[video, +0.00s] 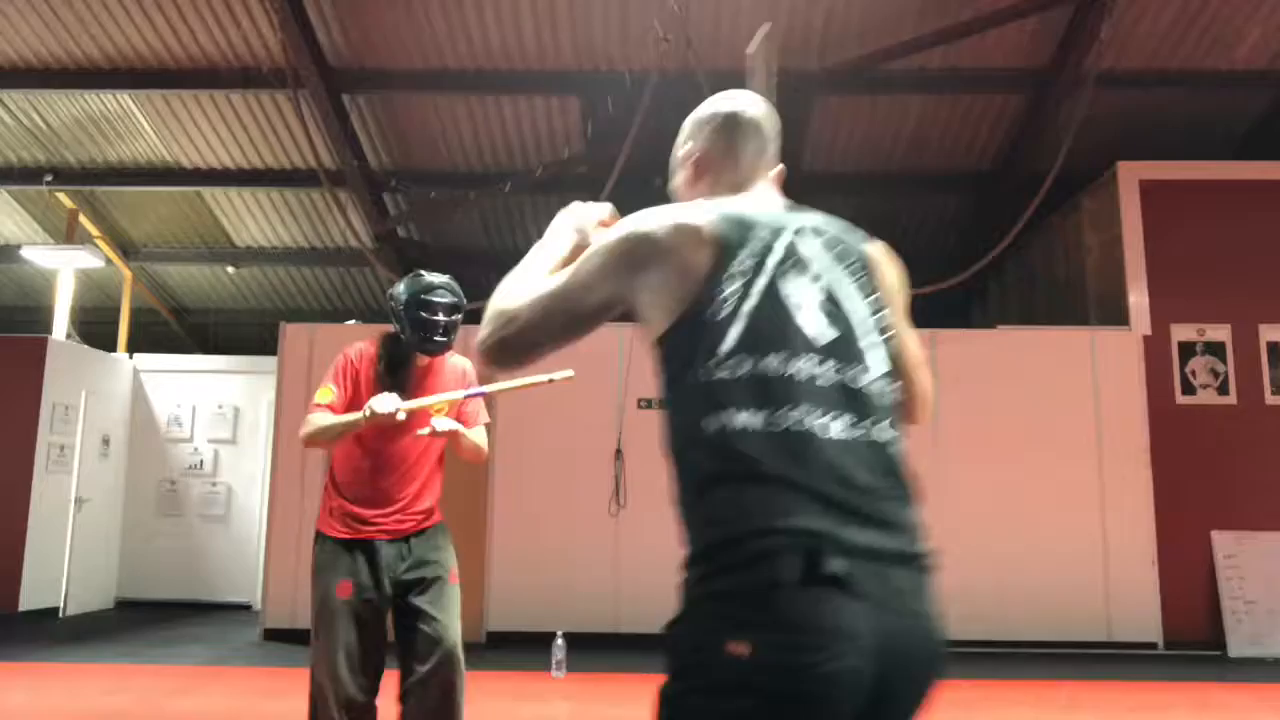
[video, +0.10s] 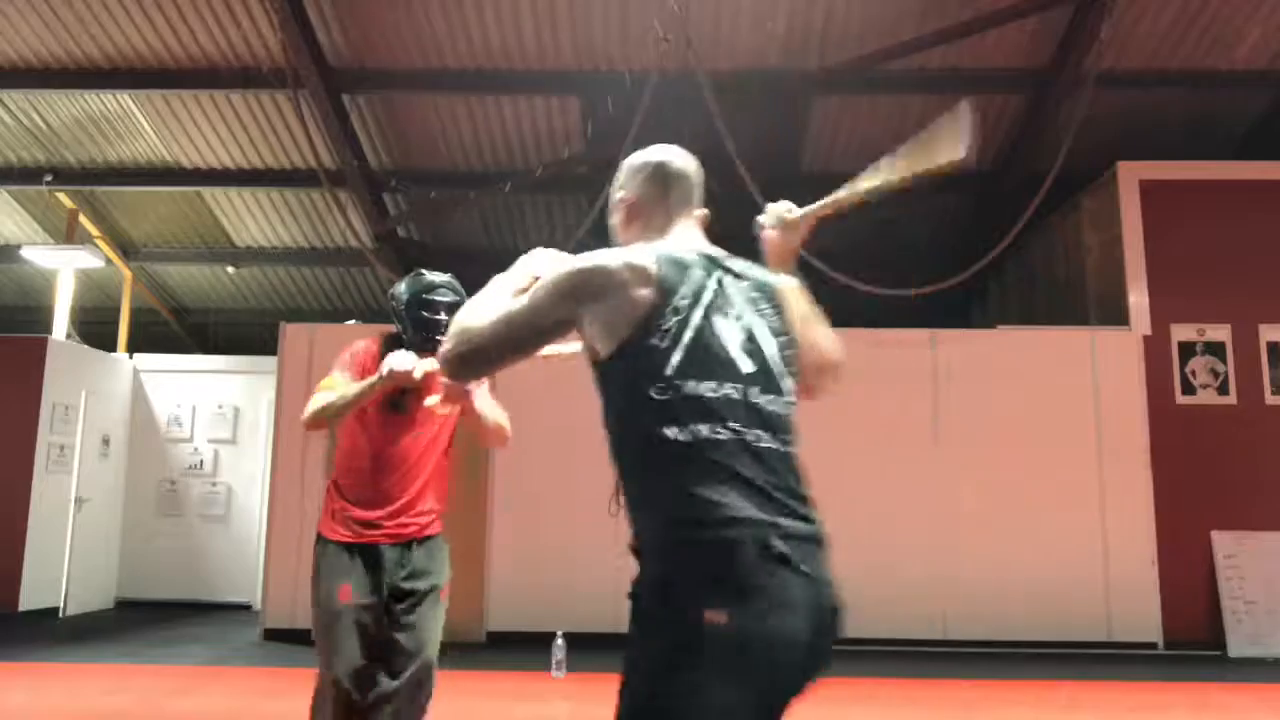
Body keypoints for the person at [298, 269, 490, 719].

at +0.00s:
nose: (440, 327)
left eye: (448, 318)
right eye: (428, 317)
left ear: (456, 321)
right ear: (401, 319)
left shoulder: (458, 371)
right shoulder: (357, 360)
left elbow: (479, 451)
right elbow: (309, 433)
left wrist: (456, 433)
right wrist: (364, 416)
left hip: (422, 536)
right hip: (347, 539)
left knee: (444, 651)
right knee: (341, 674)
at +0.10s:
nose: (442, 332)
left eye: (451, 321)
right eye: (431, 320)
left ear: (458, 323)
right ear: (405, 318)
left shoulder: (459, 369)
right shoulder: (366, 354)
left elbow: (500, 434)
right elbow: (313, 416)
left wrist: (468, 388)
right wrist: (380, 382)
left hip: (420, 541)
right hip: (347, 540)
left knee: (417, 665)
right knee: (343, 671)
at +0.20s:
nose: (440, 321)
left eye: (449, 312)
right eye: (433, 309)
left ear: (458, 318)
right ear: (406, 310)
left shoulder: (459, 368)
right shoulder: (373, 342)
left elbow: (526, 399)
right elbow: (334, 382)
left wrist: (487, 334)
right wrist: (403, 336)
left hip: (421, 539)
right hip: (348, 533)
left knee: (413, 676)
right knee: (325, 660)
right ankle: (339, 712)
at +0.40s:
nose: (440, 309)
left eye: (447, 299)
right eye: (428, 299)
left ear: (454, 302)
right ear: (398, 302)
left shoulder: (460, 349)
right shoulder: (365, 336)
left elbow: (524, 376)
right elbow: (373, 330)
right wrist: (447, 283)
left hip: (423, 532)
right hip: (353, 518)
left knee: (414, 675)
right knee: (322, 632)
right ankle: (290, 715)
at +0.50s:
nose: (428, 296)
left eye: (437, 286)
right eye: (413, 285)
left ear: (445, 295)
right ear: (384, 292)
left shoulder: (446, 351)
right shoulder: (355, 344)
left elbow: (513, 380)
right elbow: (338, 340)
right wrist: (405, 271)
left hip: (416, 530)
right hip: (348, 511)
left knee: (410, 687)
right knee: (336, 618)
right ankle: (290, 714)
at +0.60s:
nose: (420, 295)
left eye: (425, 285)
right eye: (408, 284)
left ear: (431, 292)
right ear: (373, 290)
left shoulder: (424, 351)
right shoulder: (337, 340)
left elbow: (482, 378)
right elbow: (310, 350)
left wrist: (544, 368)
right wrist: (365, 278)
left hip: (407, 532)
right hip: (337, 516)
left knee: (404, 678)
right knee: (327, 625)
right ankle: (292, 715)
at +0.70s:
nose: (395, 290)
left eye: (398, 279)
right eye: (384, 277)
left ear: (396, 290)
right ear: (353, 284)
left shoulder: (389, 356)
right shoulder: (309, 339)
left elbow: (411, 423)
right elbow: (283, 378)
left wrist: (479, 407)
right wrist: (340, 299)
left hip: (392, 539)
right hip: (323, 535)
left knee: (395, 692)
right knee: (298, 668)